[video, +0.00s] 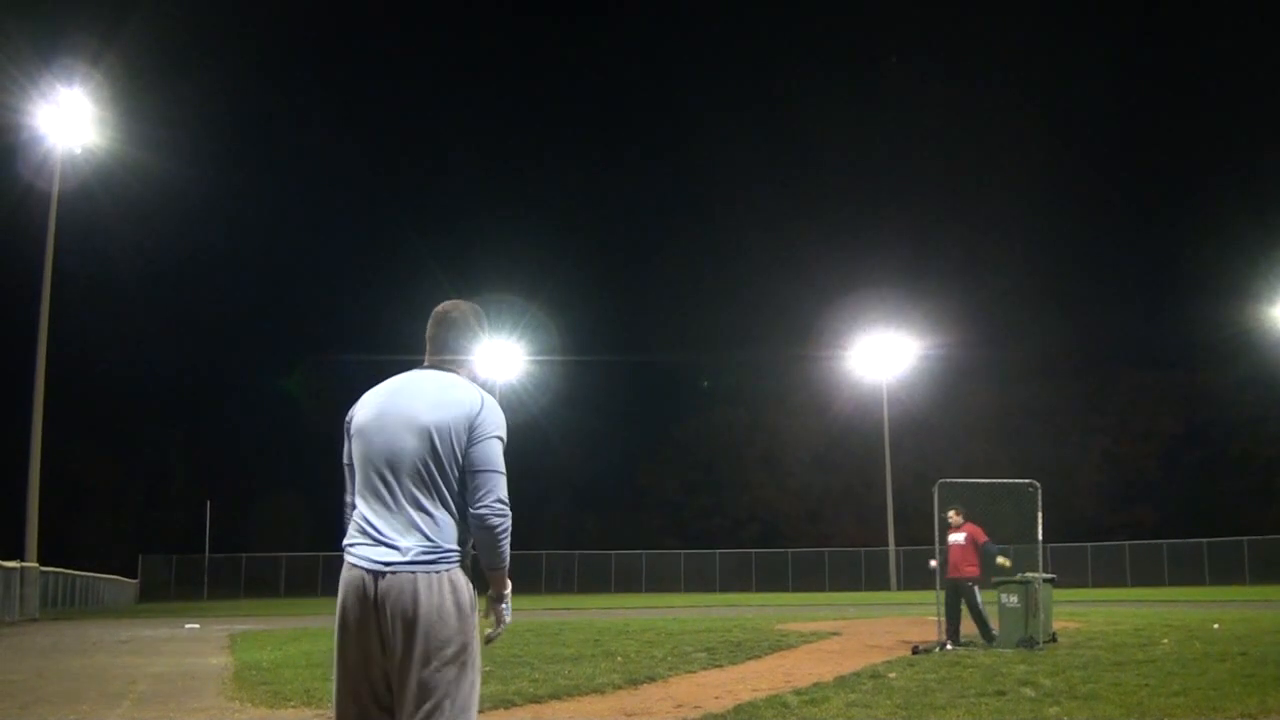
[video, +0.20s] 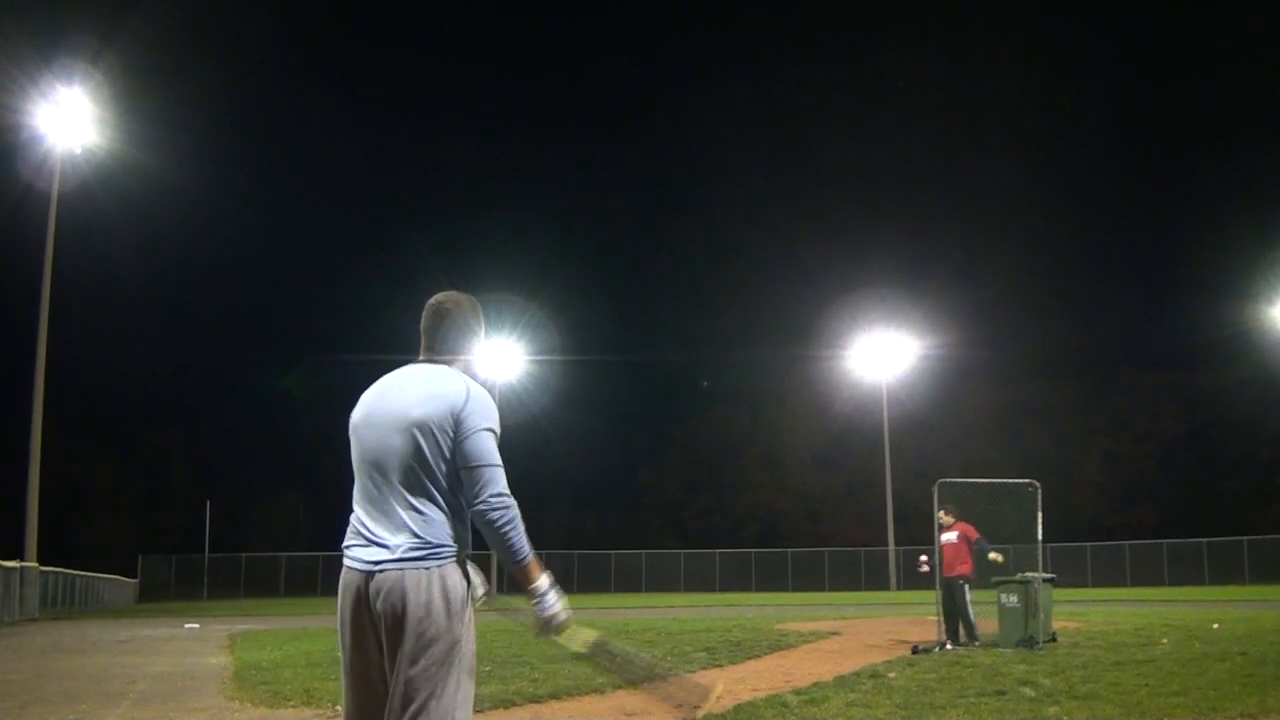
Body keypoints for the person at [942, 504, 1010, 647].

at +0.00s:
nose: (949, 520)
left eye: (951, 517)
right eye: (948, 518)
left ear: (960, 516)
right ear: (949, 518)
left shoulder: (971, 529)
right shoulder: (951, 532)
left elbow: (986, 544)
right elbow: (950, 555)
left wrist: (997, 556)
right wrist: (938, 562)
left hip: (968, 577)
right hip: (952, 577)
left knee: (976, 609)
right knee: (951, 611)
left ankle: (990, 637)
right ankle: (952, 640)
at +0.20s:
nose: (940, 521)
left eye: (941, 518)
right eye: (939, 518)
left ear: (950, 516)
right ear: (945, 518)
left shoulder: (963, 527)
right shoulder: (943, 533)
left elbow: (978, 540)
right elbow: (941, 555)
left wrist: (989, 551)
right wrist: (930, 563)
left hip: (961, 574)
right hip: (947, 576)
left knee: (963, 607)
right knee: (949, 609)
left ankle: (973, 638)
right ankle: (952, 639)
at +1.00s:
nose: (935, 516)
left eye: (937, 513)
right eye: (933, 514)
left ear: (945, 513)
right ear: (932, 517)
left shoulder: (953, 526)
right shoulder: (937, 532)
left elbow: (964, 539)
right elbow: (936, 553)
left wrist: (967, 549)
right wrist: (923, 560)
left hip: (952, 572)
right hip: (942, 573)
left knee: (952, 605)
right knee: (944, 606)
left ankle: (956, 637)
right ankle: (949, 637)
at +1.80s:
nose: (933, 518)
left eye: (935, 515)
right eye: (933, 515)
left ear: (941, 515)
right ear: (941, 516)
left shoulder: (950, 525)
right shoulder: (941, 529)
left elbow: (953, 545)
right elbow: (942, 553)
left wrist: (951, 564)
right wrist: (929, 561)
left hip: (950, 573)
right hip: (943, 572)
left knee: (951, 605)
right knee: (945, 605)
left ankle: (957, 635)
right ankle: (949, 635)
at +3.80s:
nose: (933, 515)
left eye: (935, 512)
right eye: (931, 513)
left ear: (943, 513)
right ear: (931, 515)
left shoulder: (952, 527)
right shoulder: (935, 531)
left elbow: (956, 547)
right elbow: (932, 553)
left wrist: (952, 564)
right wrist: (917, 554)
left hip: (948, 572)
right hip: (937, 573)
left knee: (950, 604)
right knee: (941, 605)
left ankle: (955, 636)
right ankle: (947, 635)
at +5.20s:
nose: (927, 518)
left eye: (929, 515)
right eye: (924, 516)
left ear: (936, 515)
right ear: (923, 519)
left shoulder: (947, 527)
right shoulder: (927, 531)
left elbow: (964, 541)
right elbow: (934, 548)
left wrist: (972, 558)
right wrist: (927, 552)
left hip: (954, 571)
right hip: (940, 573)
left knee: (952, 605)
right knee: (942, 605)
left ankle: (953, 637)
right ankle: (945, 635)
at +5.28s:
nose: (927, 518)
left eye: (929, 515)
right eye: (924, 516)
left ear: (936, 515)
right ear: (923, 519)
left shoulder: (948, 527)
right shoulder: (927, 532)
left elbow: (966, 540)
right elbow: (933, 548)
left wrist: (974, 558)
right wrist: (930, 558)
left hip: (955, 571)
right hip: (940, 573)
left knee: (952, 604)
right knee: (942, 605)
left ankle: (954, 637)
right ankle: (945, 636)